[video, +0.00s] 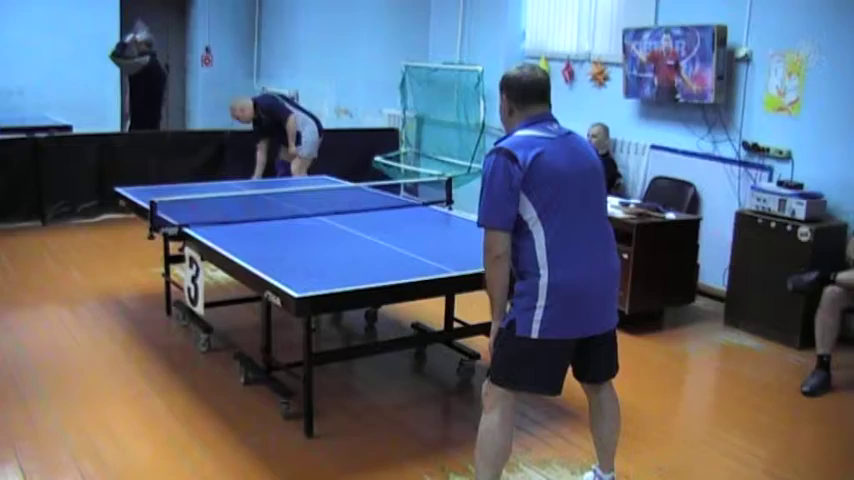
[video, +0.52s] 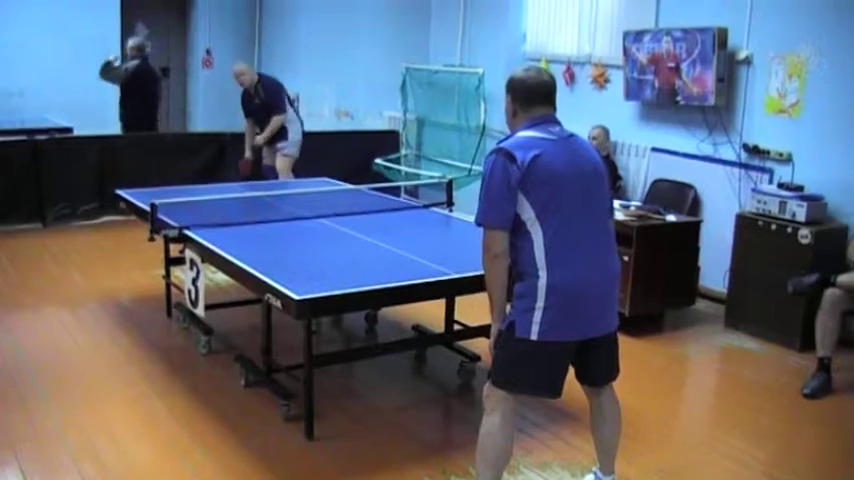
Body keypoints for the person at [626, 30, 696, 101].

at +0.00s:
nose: (667, 43)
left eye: (668, 40)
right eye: (665, 40)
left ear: (671, 41)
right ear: (661, 41)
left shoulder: (674, 54)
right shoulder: (656, 53)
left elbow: (680, 72)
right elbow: (645, 60)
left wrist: (691, 86)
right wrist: (635, 50)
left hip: (671, 85)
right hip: (659, 85)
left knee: (672, 108)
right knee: (659, 108)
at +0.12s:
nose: (666, 43)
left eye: (668, 41)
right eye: (665, 41)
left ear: (671, 42)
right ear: (661, 42)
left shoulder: (674, 55)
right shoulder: (656, 54)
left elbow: (680, 73)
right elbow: (645, 60)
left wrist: (691, 86)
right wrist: (635, 50)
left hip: (671, 86)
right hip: (659, 86)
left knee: (672, 109)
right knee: (659, 109)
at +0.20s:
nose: (667, 44)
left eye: (669, 41)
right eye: (665, 41)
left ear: (672, 42)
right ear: (661, 42)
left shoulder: (674, 55)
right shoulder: (656, 54)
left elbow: (681, 73)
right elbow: (645, 61)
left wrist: (692, 87)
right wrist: (635, 51)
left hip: (671, 86)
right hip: (659, 86)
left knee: (672, 109)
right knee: (659, 109)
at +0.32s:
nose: (667, 44)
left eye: (668, 41)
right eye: (665, 41)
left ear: (671, 43)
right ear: (661, 43)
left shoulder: (674, 56)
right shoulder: (656, 55)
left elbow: (680, 74)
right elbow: (645, 61)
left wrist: (692, 87)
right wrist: (635, 51)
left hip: (671, 86)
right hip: (659, 86)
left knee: (672, 111)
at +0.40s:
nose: (667, 45)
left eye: (669, 42)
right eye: (665, 42)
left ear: (672, 44)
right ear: (661, 43)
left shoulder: (675, 57)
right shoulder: (657, 56)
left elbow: (681, 74)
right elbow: (645, 62)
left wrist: (692, 88)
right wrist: (635, 52)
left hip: (672, 87)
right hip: (660, 87)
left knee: (673, 111)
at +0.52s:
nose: (667, 45)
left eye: (669, 42)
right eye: (665, 43)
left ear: (672, 44)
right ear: (662, 44)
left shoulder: (675, 57)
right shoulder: (657, 56)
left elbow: (681, 75)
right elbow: (645, 62)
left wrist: (692, 88)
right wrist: (635, 53)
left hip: (672, 87)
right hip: (660, 87)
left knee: (672, 110)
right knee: (659, 109)